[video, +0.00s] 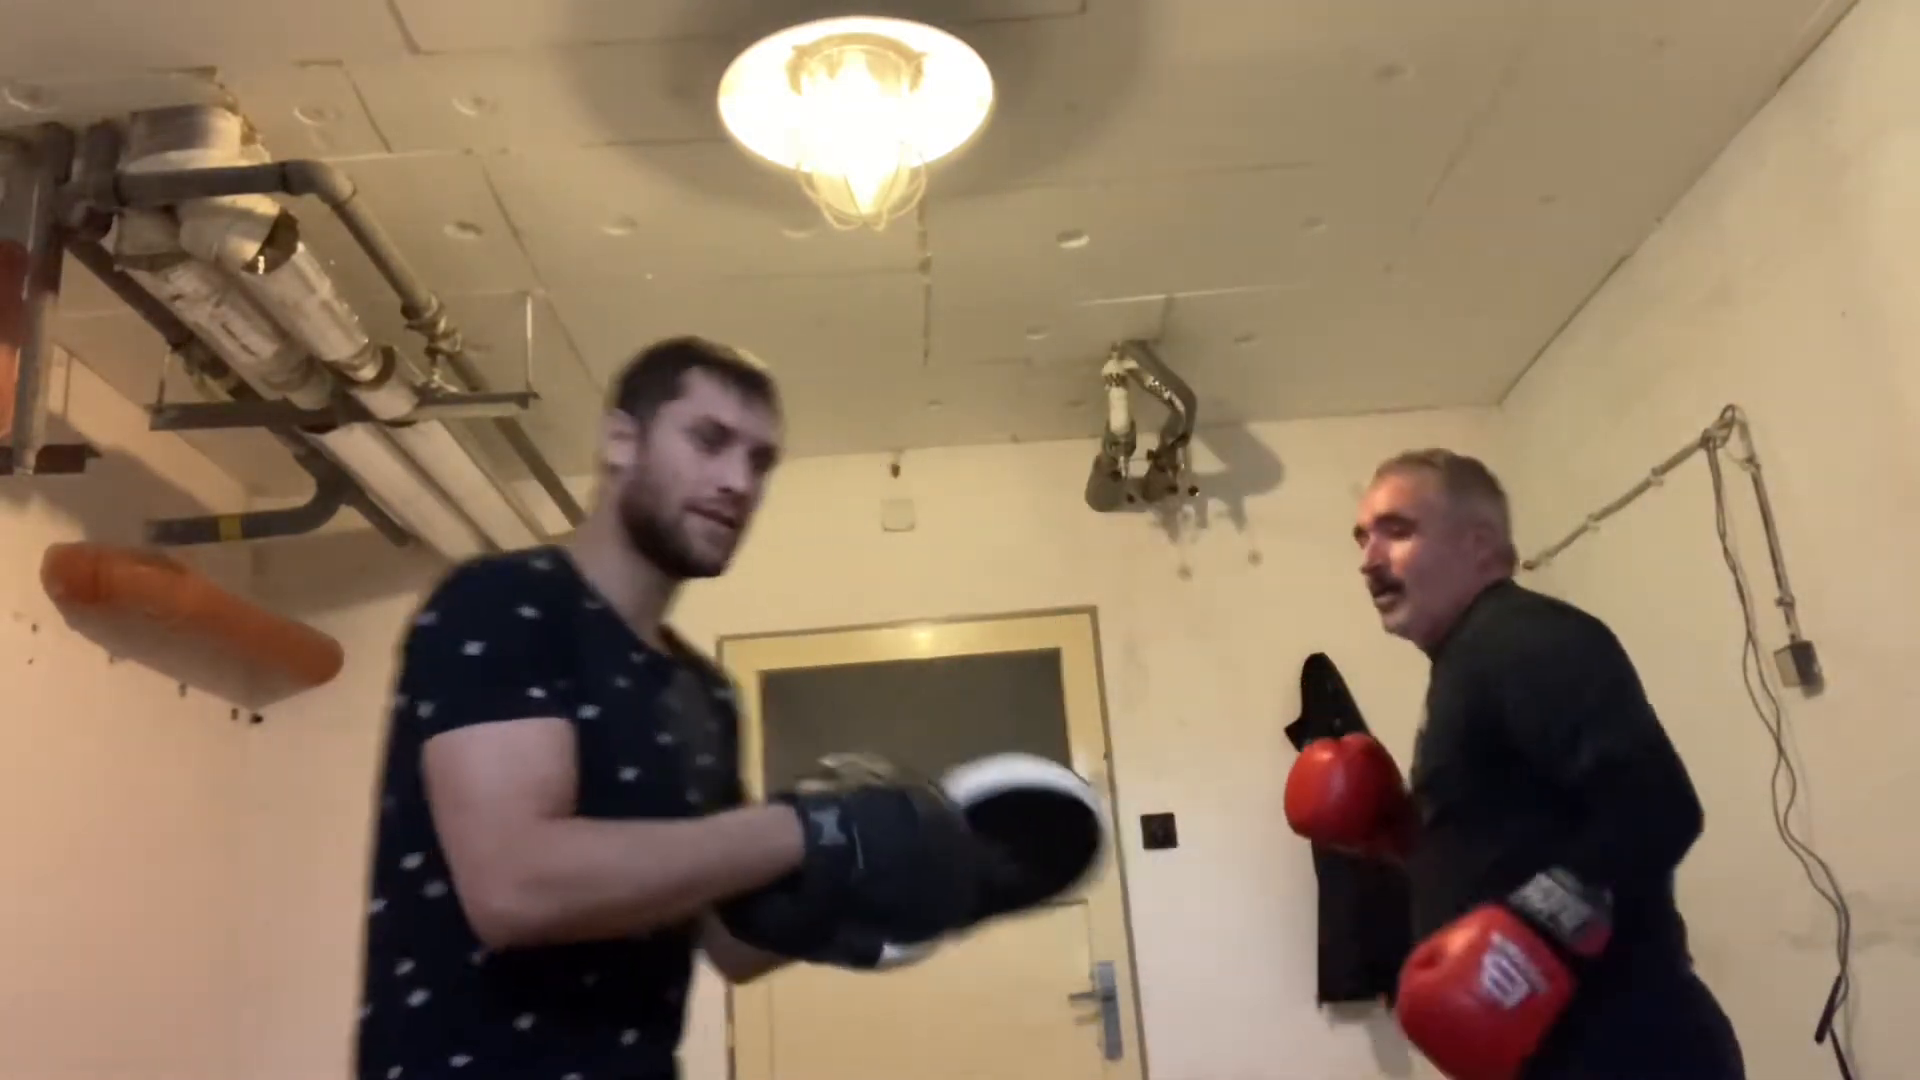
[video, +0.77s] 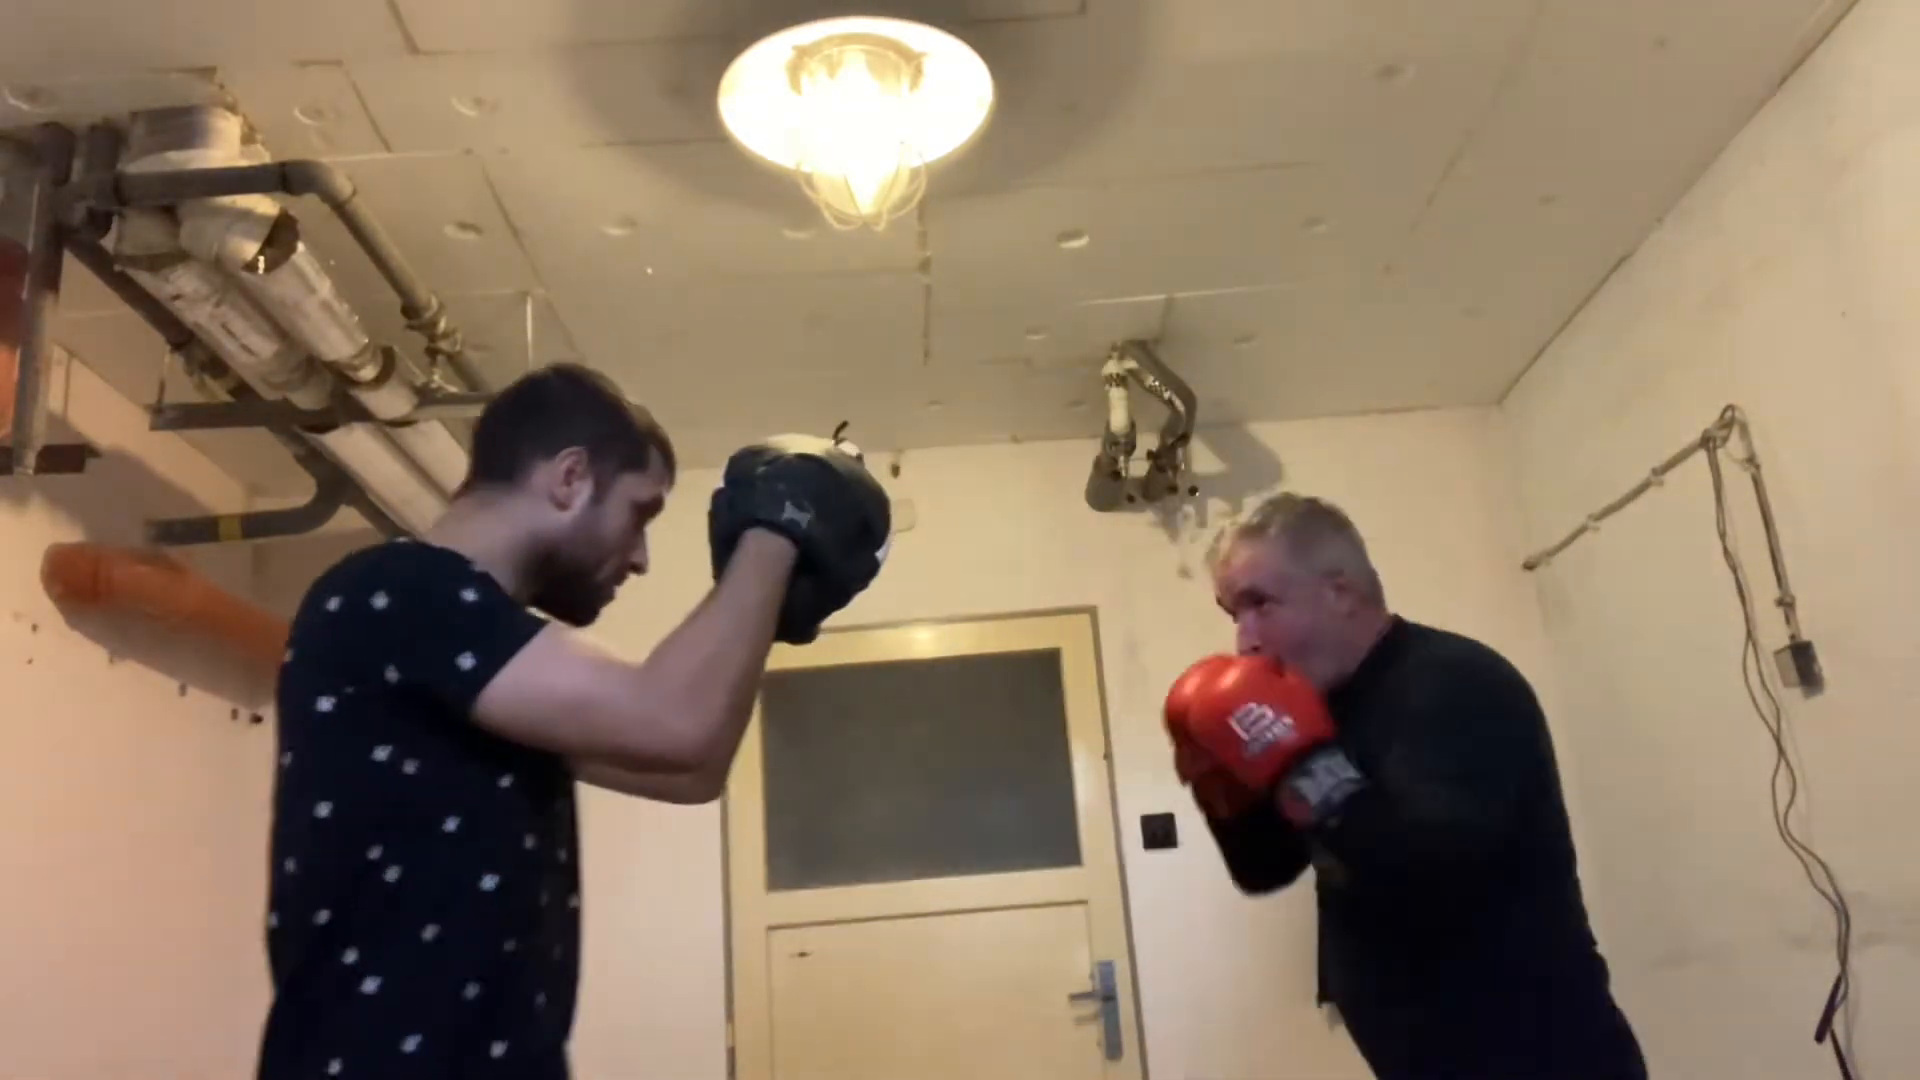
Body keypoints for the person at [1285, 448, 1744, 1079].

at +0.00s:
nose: (1368, 558)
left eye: (1396, 530)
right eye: (1363, 538)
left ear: (1480, 543)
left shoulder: (1535, 640)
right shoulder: (1465, 663)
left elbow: (1657, 806)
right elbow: (1506, 857)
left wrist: (1533, 933)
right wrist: (1396, 826)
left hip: (1619, 1047)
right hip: (1553, 1048)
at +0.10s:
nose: (1360, 559)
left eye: (1387, 532)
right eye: (1353, 540)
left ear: (1470, 544)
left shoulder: (1528, 644)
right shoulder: (1449, 664)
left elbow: (1629, 819)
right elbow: (1489, 837)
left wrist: (1486, 901)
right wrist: (1388, 811)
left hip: (1616, 1041)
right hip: (1545, 1043)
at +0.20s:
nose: (1339, 574)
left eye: (1366, 545)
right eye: (1331, 551)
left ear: (1449, 553)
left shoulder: (1502, 663)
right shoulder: (1432, 672)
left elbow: (1568, 862)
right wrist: (1358, 830)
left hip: (1599, 1049)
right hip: (1535, 1048)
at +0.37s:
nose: (1267, 606)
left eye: (1291, 576)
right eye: (1261, 580)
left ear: (1386, 579)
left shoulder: (1435, 688)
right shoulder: (1361, 696)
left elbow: (1422, 896)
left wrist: (1240, 882)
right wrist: (1323, 833)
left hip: (1566, 1051)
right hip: (1492, 1049)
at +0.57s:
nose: (1226, 621)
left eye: (1245, 588)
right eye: (1220, 592)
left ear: (1332, 581)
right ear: (1331, 584)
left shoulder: (1392, 684)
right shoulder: (1364, 670)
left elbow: (1349, 907)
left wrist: (1216, 827)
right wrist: (1273, 795)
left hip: (1530, 1057)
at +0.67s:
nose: (1236, 625)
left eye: (1251, 591)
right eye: (1227, 599)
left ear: (1332, 581)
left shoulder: (1431, 683)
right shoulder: (1331, 693)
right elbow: (1333, 846)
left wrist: (1273, 773)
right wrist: (1253, 760)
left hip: (1522, 1048)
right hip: (1437, 1049)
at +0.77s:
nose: (1244, 640)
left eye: (1260, 605)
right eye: (1233, 615)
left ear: (1340, 592)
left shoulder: (1462, 688)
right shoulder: (1320, 712)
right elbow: (1265, 868)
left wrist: (1321, 777)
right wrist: (1222, 787)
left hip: (1535, 1051)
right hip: (1422, 1056)